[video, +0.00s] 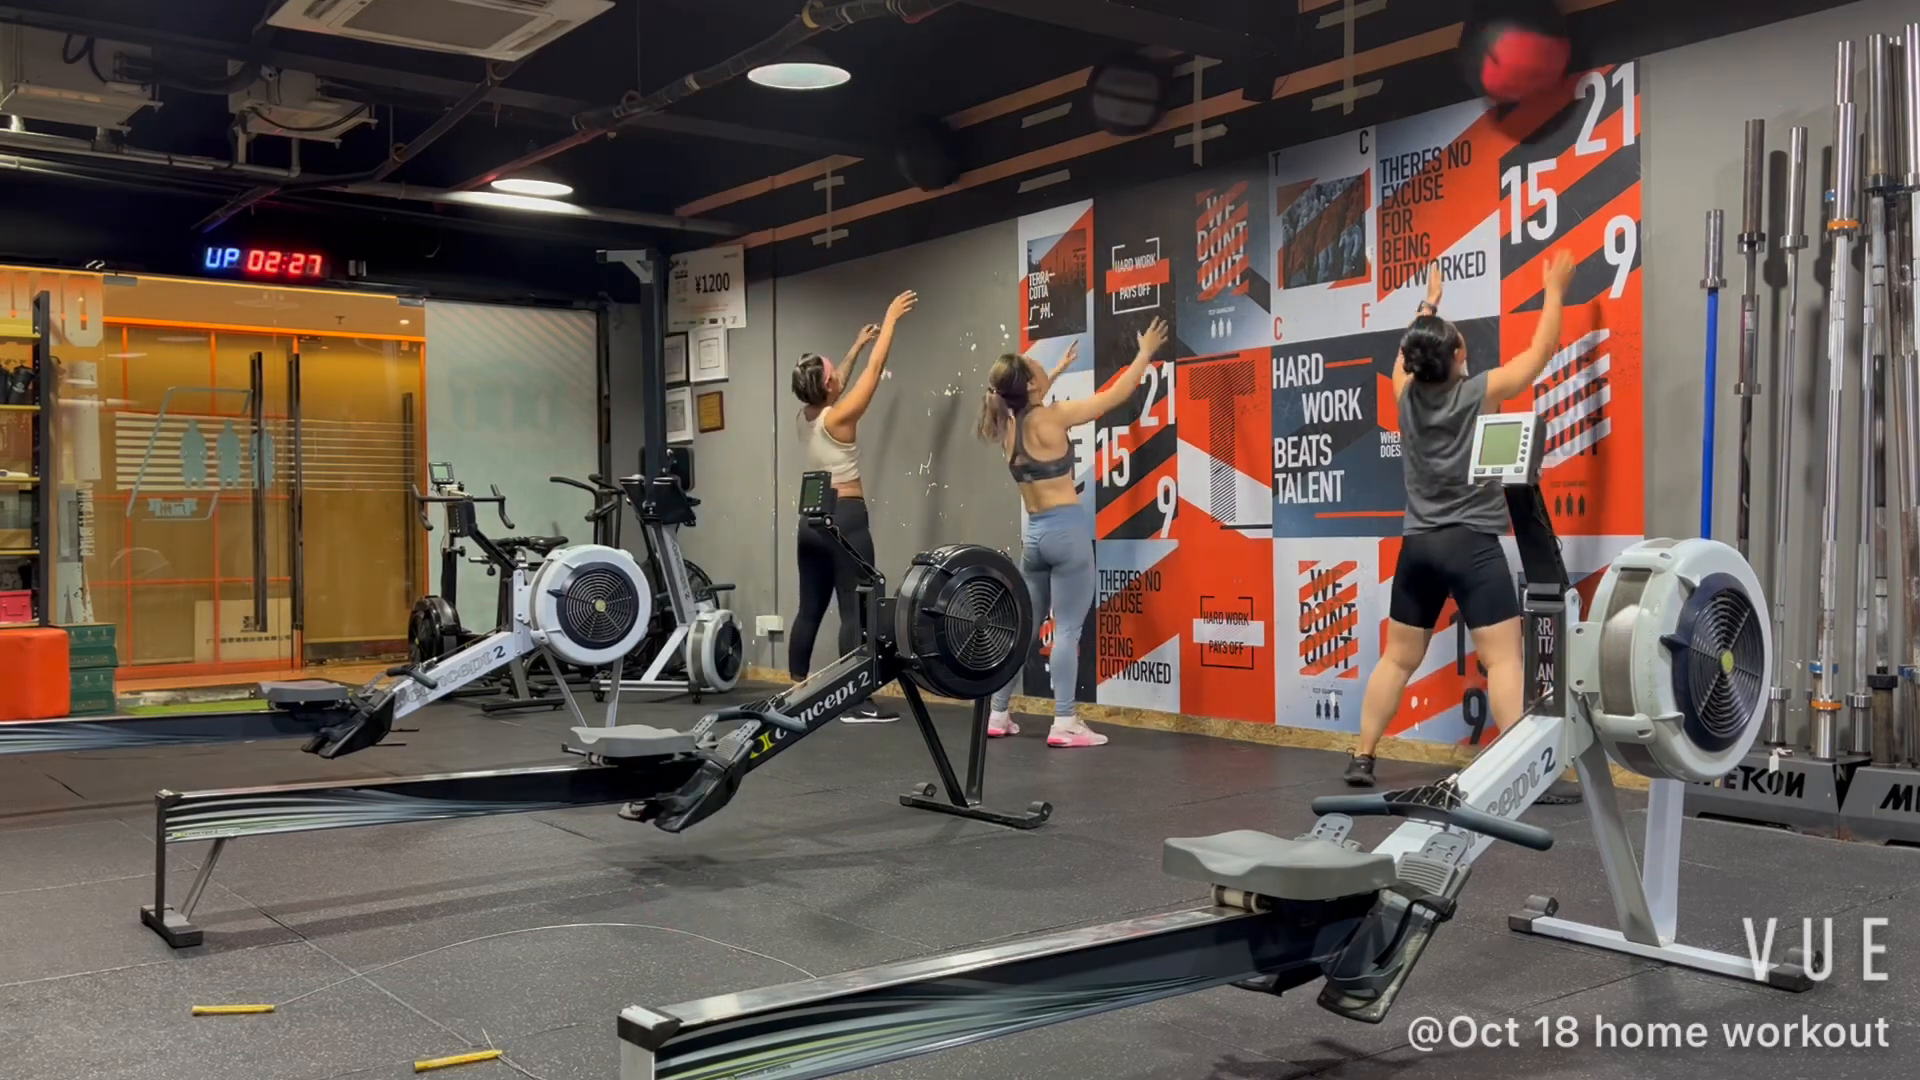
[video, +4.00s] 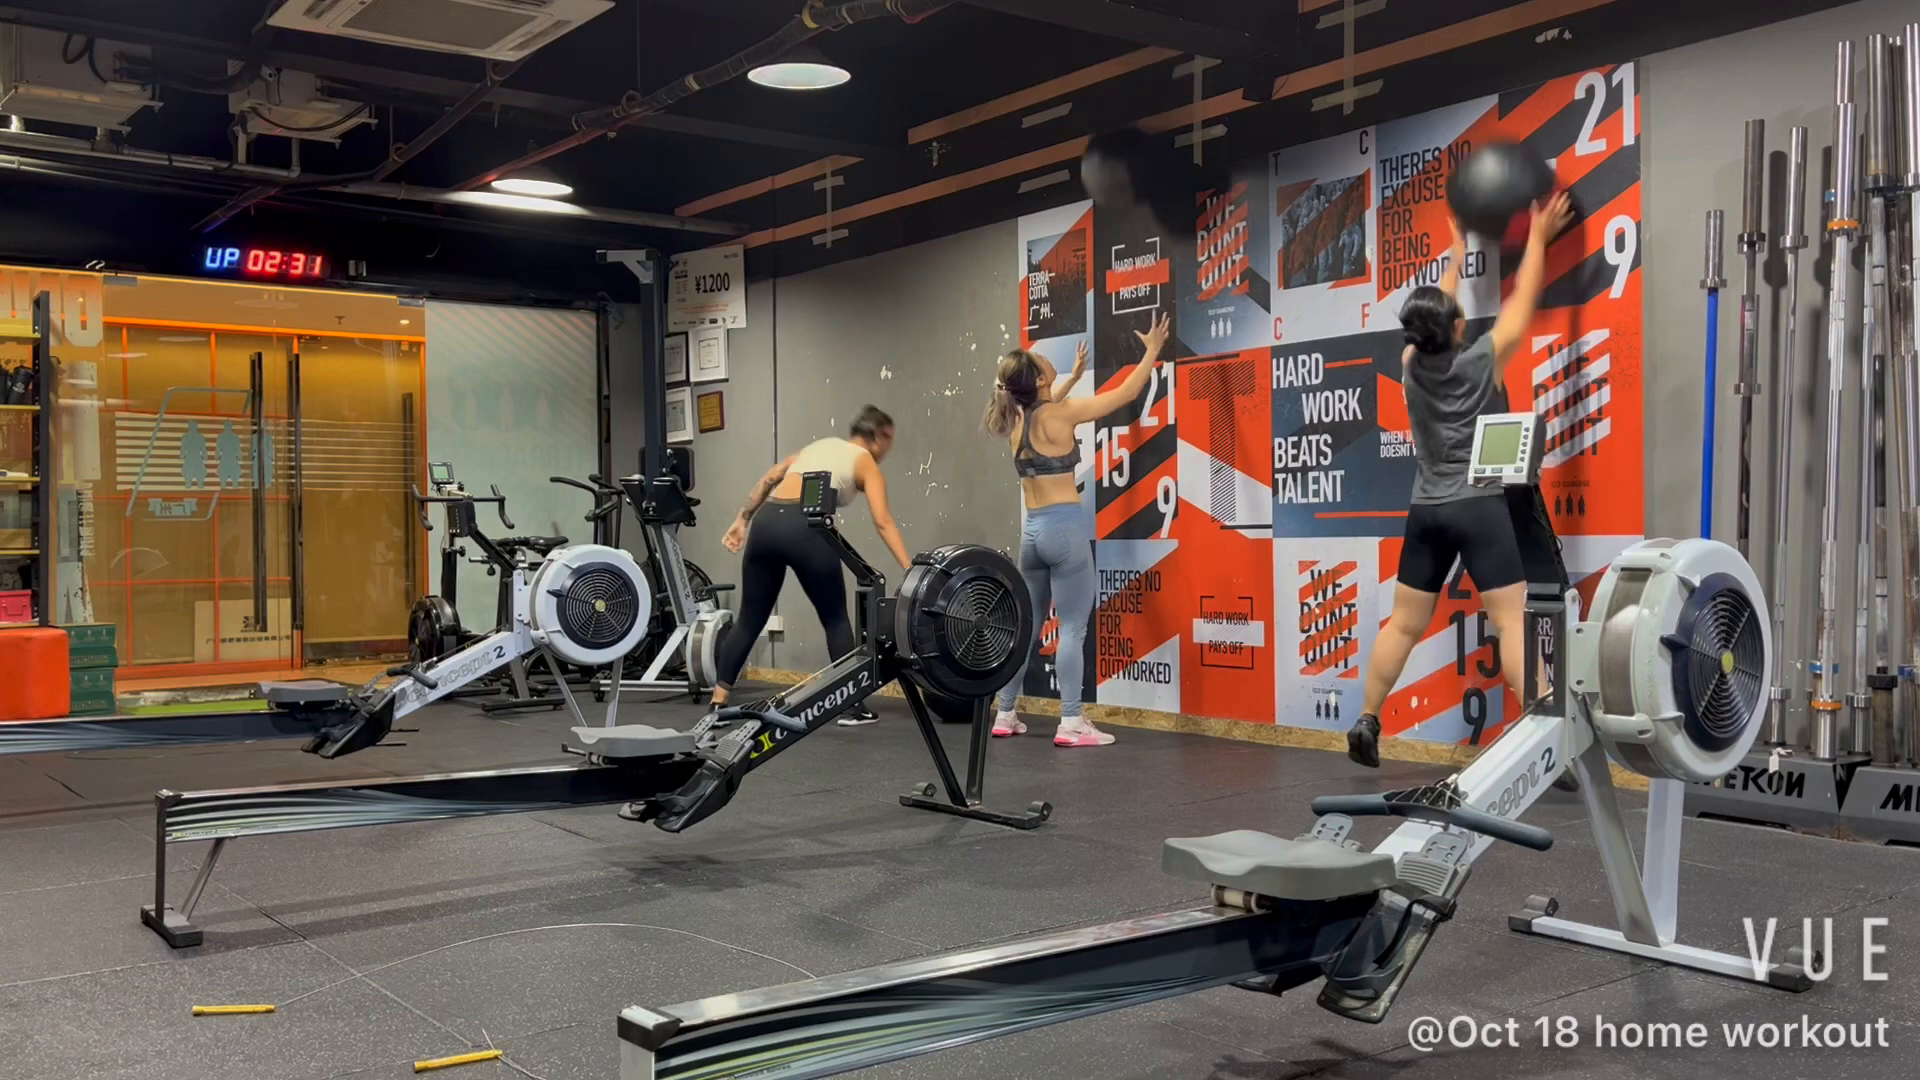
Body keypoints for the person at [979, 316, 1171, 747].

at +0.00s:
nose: (1043, 378)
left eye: (1040, 374)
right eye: (1038, 374)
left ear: (1014, 393)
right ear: (1031, 387)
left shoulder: (1012, 425)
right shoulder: (1055, 415)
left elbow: (1036, 400)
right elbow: (1117, 394)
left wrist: (1059, 369)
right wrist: (1145, 352)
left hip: (1034, 529)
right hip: (1067, 527)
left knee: (1022, 624)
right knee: (1067, 629)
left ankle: (997, 713)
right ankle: (1065, 722)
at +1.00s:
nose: (1057, 461)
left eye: (1051, 459)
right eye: (1053, 463)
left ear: (1025, 486)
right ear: (1048, 483)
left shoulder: (1023, 513)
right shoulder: (1069, 517)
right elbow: (1119, 561)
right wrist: (1120, 524)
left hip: (1001, 616)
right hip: (1034, 622)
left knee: (1037, 648)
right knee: (1109, 652)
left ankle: (999, 716)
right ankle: (1069, 724)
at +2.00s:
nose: (1044, 375)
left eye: (1038, 370)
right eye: (1038, 372)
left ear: (1013, 389)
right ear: (1029, 383)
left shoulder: (1009, 422)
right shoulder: (1055, 414)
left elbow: (1042, 416)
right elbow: (1119, 403)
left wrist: (1063, 386)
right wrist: (1151, 360)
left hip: (1029, 529)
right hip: (1061, 527)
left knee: (1019, 623)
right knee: (1069, 628)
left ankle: (998, 713)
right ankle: (1068, 722)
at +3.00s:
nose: (1057, 425)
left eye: (1050, 423)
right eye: (1051, 428)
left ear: (1030, 456)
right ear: (1050, 451)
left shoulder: (1025, 484)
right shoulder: (1073, 485)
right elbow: (1124, 527)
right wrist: (1125, 492)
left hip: (1007, 583)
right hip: (1040, 588)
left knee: (1038, 647)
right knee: (1109, 647)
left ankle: (1001, 715)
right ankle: (1072, 723)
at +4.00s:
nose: (1052, 373)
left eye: (1049, 370)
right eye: (1047, 370)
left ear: (1019, 388)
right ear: (1039, 382)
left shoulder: (1019, 420)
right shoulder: (1062, 412)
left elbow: (1050, 401)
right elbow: (1125, 394)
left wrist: (1075, 374)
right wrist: (1152, 351)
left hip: (1033, 526)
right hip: (1066, 525)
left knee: (1024, 624)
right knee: (1072, 628)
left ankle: (1005, 713)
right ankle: (1072, 722)